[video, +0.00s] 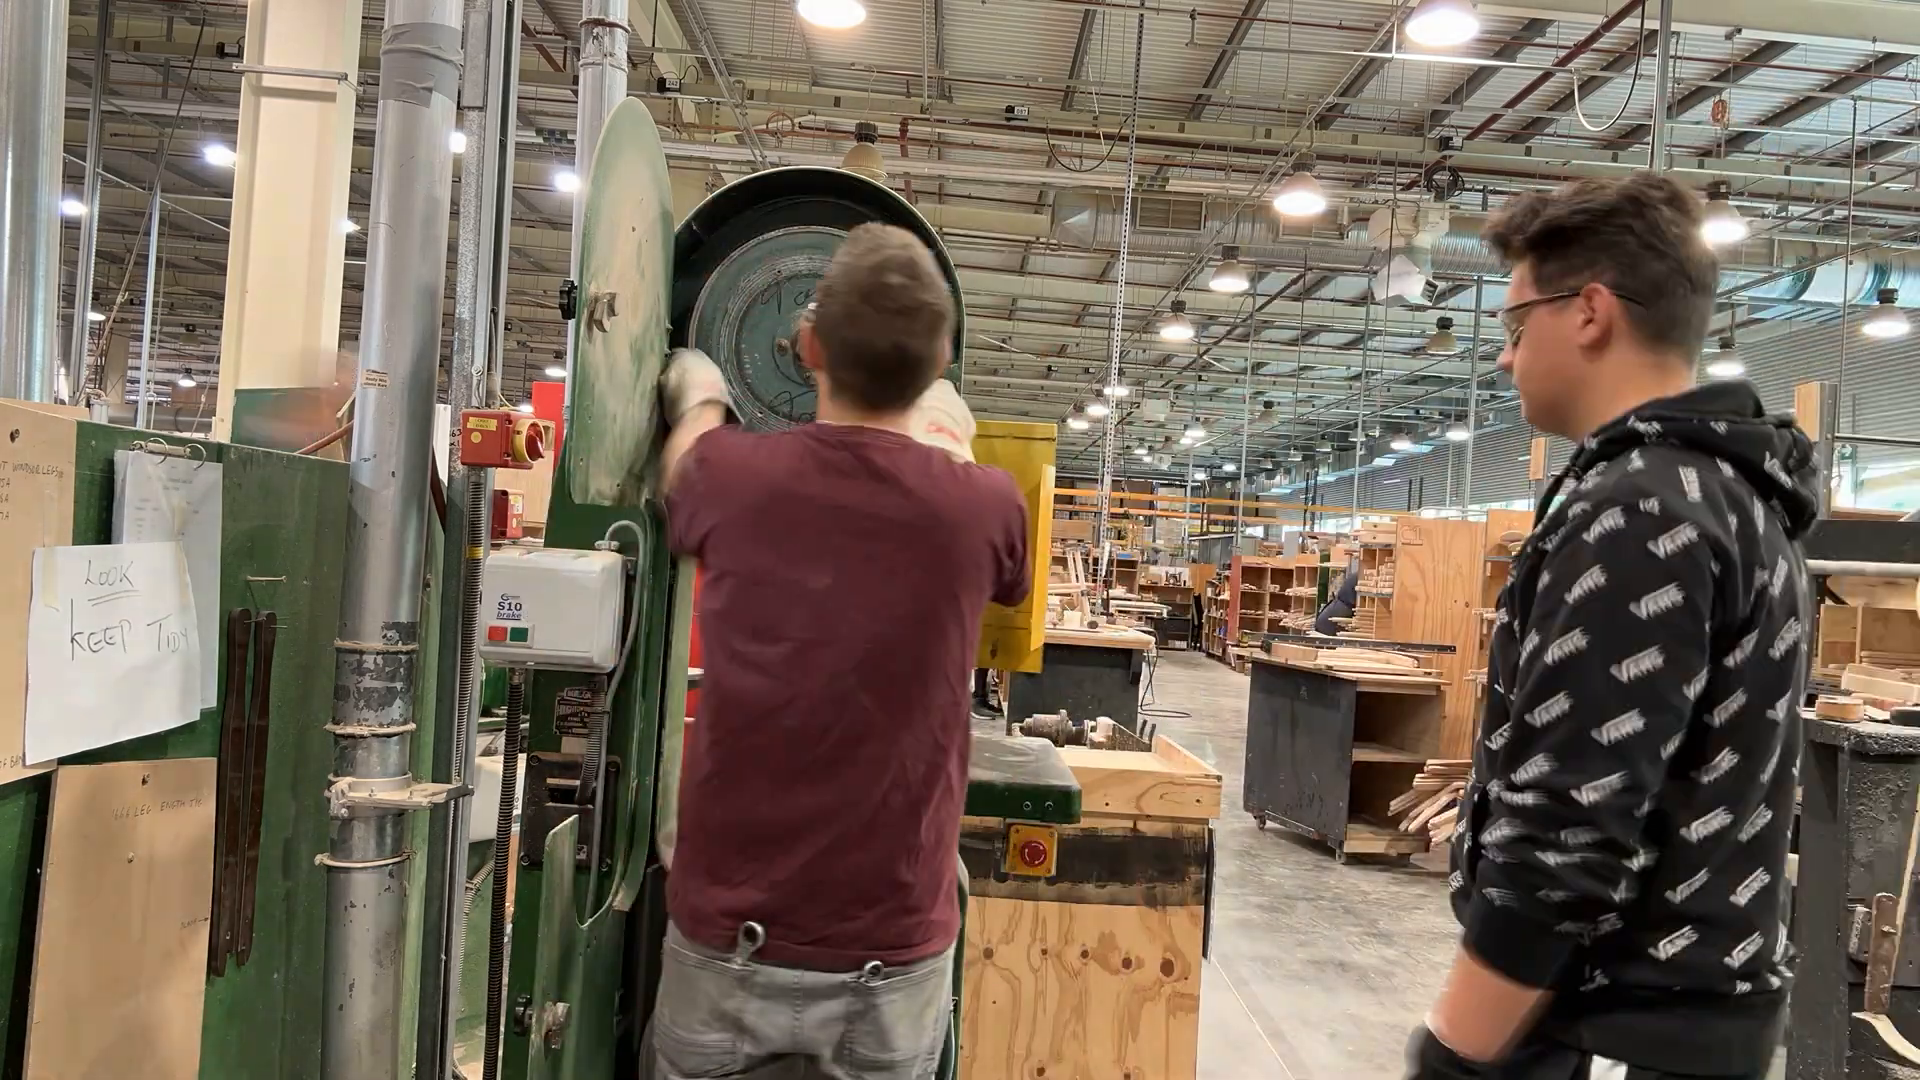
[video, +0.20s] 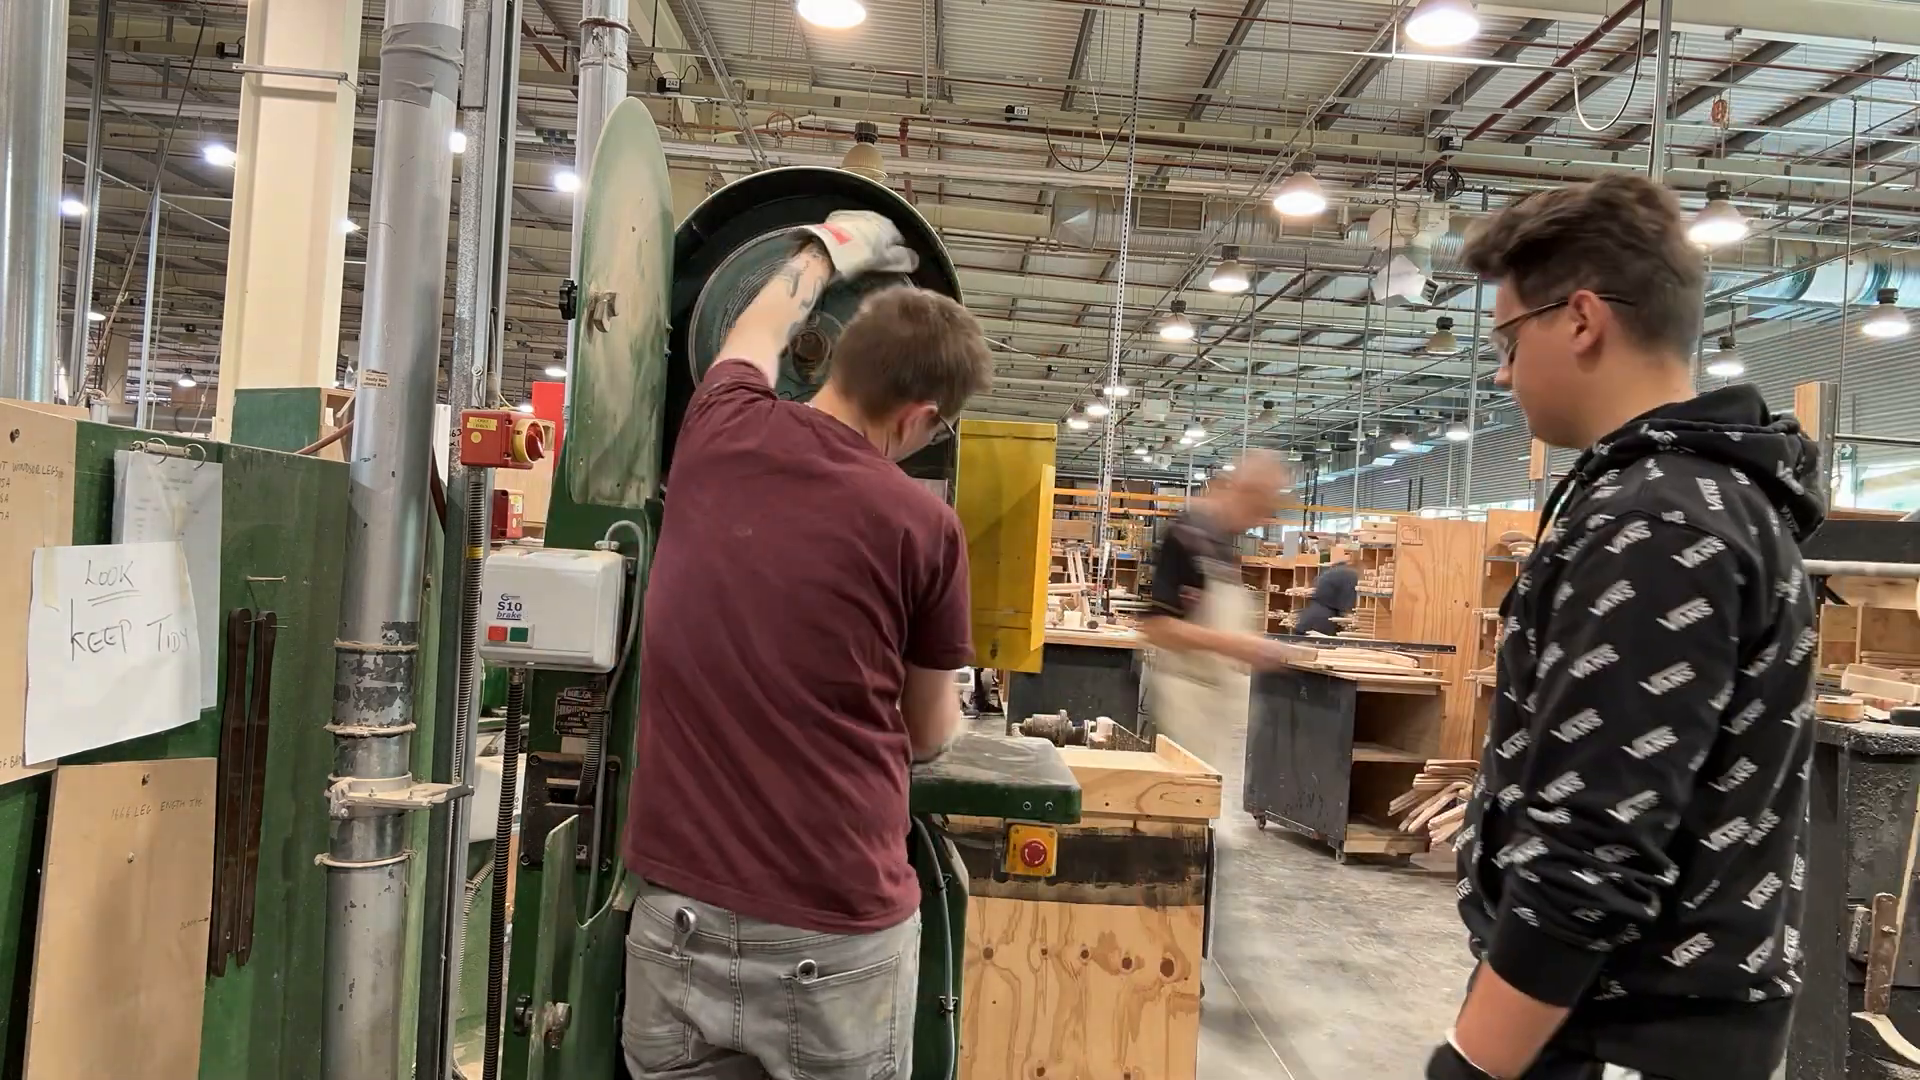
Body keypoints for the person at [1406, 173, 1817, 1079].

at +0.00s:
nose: (1506, 354)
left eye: (1518, 321)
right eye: (1508, 325)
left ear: (1593, 315)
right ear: (1594, 317)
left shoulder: (1643, 504)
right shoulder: (1732, 485)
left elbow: (1562, 848)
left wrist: (1448, 1051)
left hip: (1618, 1039)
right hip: (1696, 1024)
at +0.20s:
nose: (1503, 379)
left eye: (1508, 342)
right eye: (1499, 349)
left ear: (1583, 323)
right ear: (1591, 325)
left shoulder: (1656, 513)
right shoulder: (1728, 490)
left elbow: (1584, 867)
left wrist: (1467, 1063)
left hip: (1628, 1037)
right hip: (1693, 1023)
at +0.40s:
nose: (1205, 610)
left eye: (1202, 576)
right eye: (1197, 581)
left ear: (1249, 556)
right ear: (1318, 529)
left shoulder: (1381, 711)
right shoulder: (1477, 587)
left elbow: (1500, 1029)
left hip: (1794, 1028)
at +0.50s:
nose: (1503, 307)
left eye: (1519, 269)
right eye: (1508, 274)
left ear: (1605, 272)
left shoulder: (1690, 460)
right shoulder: (1647, 444)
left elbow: (1838, 777)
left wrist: (1883, 1019)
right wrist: (1871, 1007)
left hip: (1641, 1044)